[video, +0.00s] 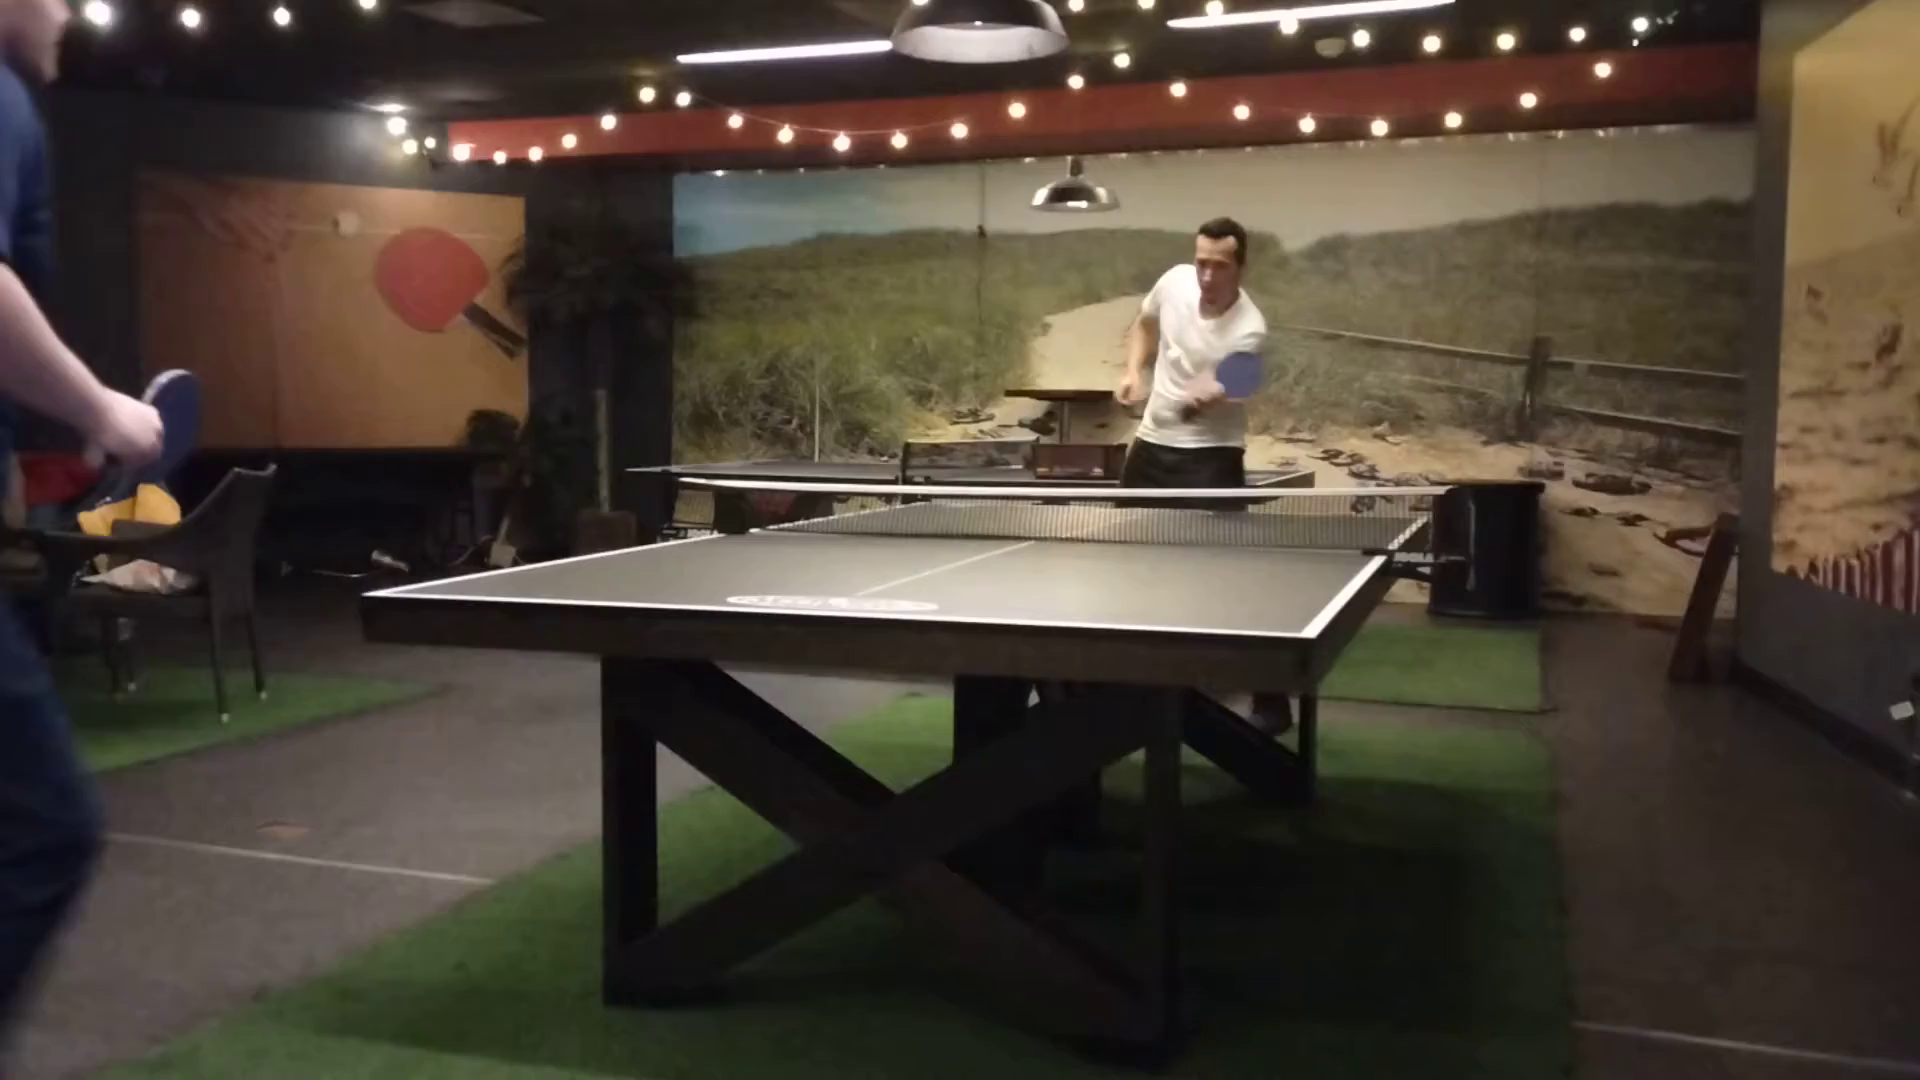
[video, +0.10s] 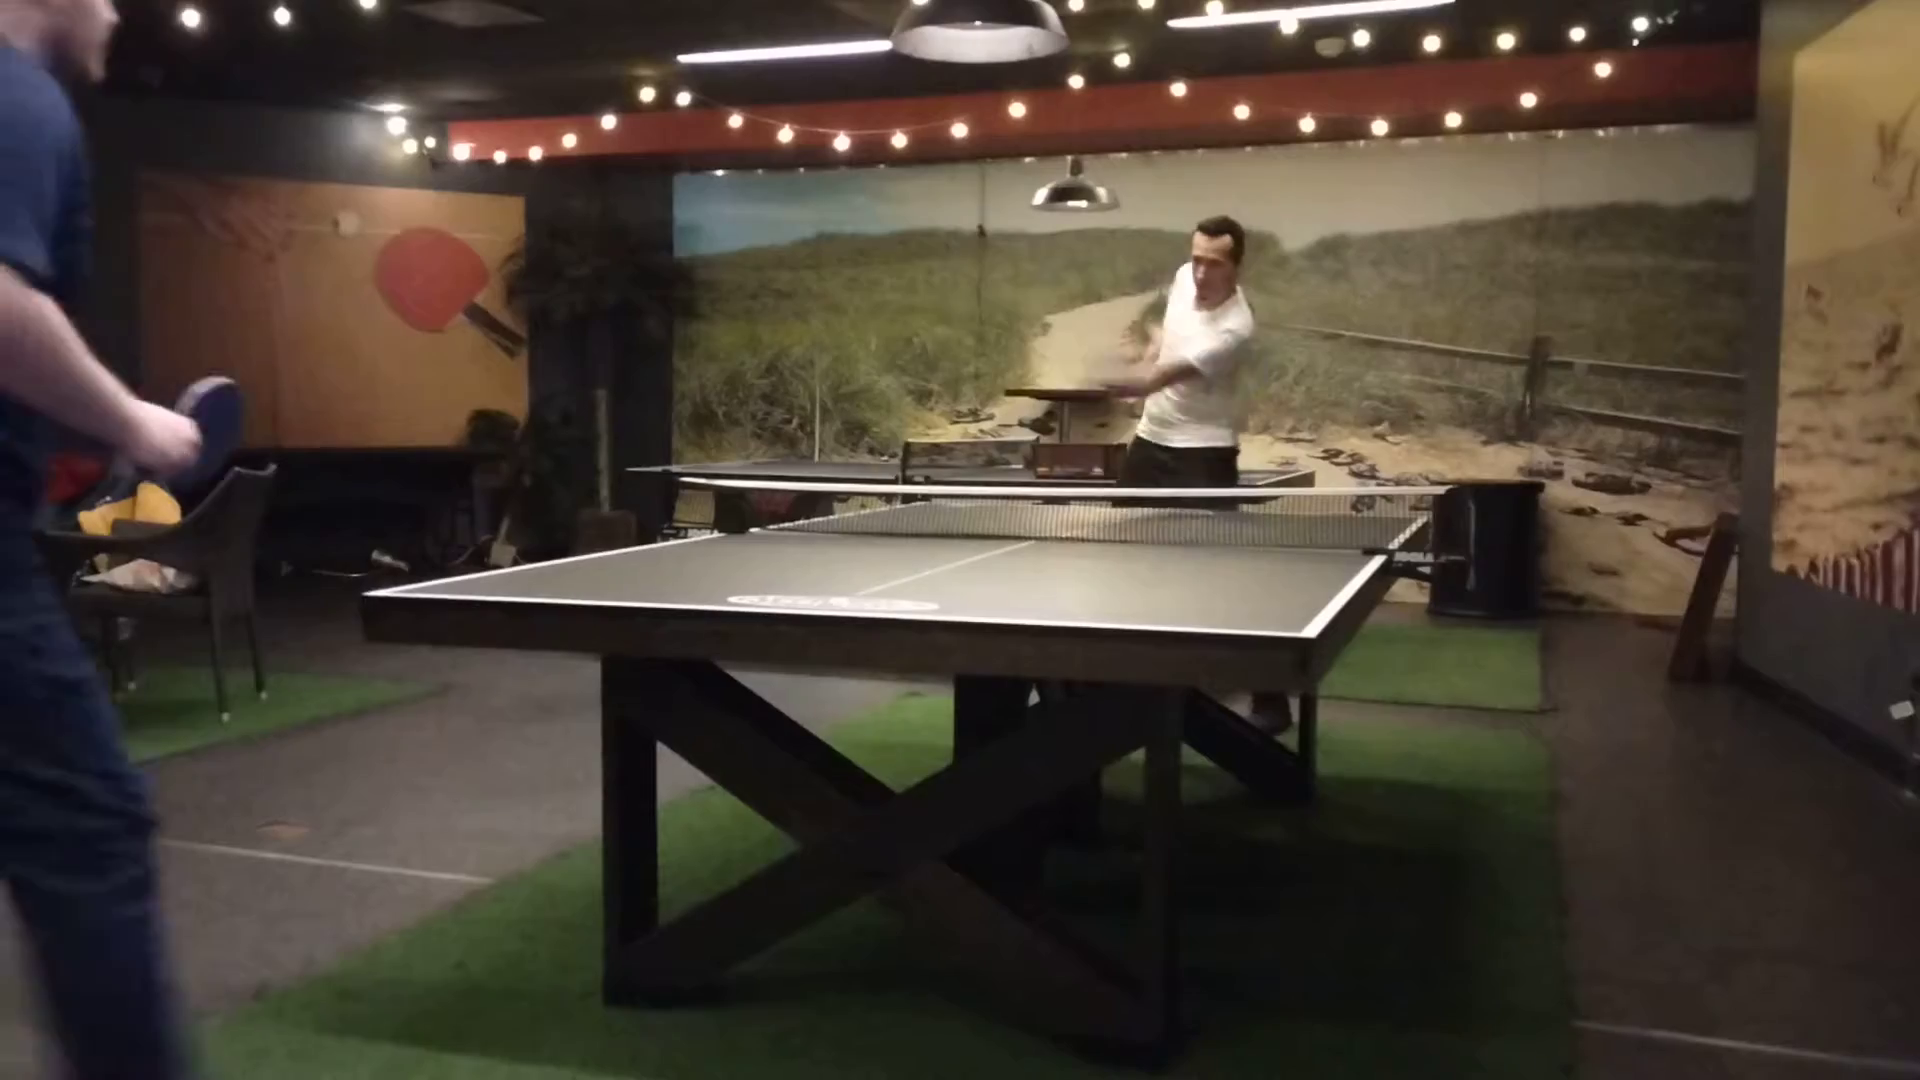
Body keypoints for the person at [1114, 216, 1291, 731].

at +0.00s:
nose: (1208, 274)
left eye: (1220, 265)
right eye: (1202, 263)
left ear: (1240, 268)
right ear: (1194, 259)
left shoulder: (1249, 327)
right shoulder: (1175, 282)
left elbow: (1235, 384)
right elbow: (1145, 324)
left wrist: (1210, 396)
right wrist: (1134, 369)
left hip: (1211, 457)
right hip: (1151, 449)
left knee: (1229, 564)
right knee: (1127, 553)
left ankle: (1266, 695)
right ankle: (1117, 675)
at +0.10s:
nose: (1202, 271)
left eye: (1214, 263)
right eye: (1197, 260)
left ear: (1236, 267)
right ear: (1191, 257)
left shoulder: (1236, 327)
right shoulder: (1184, 279)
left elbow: (1169, 374)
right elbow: (1171, 329)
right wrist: (1148, 358)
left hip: (1205, 456)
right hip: (1149, 446)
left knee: (1221, 565)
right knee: (1129, 556)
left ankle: (1266, 694)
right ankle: (1123, 675)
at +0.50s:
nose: (1151, 243)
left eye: (1161, 233)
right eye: (1145, 235)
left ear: (1188, 235)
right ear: (1145, 239)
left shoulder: (1186, 286)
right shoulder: (1195, 281)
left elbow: (1159, 379)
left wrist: (1125, 379)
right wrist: (1144, 366)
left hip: (1193, 450)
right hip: (1170, 446)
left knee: (1211, 568)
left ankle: (1266, 699)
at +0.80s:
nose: (1167, 249)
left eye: (1176, 237)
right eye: (1156, 238)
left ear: (1193, 241)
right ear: (1141, 246)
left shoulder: (1222, 293)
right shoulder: (1150, 304)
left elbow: (1248, 370)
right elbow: (1139, 382)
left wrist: (1211, 436)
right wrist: (1123, 442)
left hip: (1213, 458)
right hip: (1158, 457)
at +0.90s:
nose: (1259, 257)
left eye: (1269, 244)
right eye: (1248, 249)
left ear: (1292, 245)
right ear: (1237, 257)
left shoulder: (1324, 299)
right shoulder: (1241, 316)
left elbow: (1338, 386)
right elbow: (1227, 403)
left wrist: (1334, 459)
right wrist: (1201, 466)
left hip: (1310, 468)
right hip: (1251, 470)